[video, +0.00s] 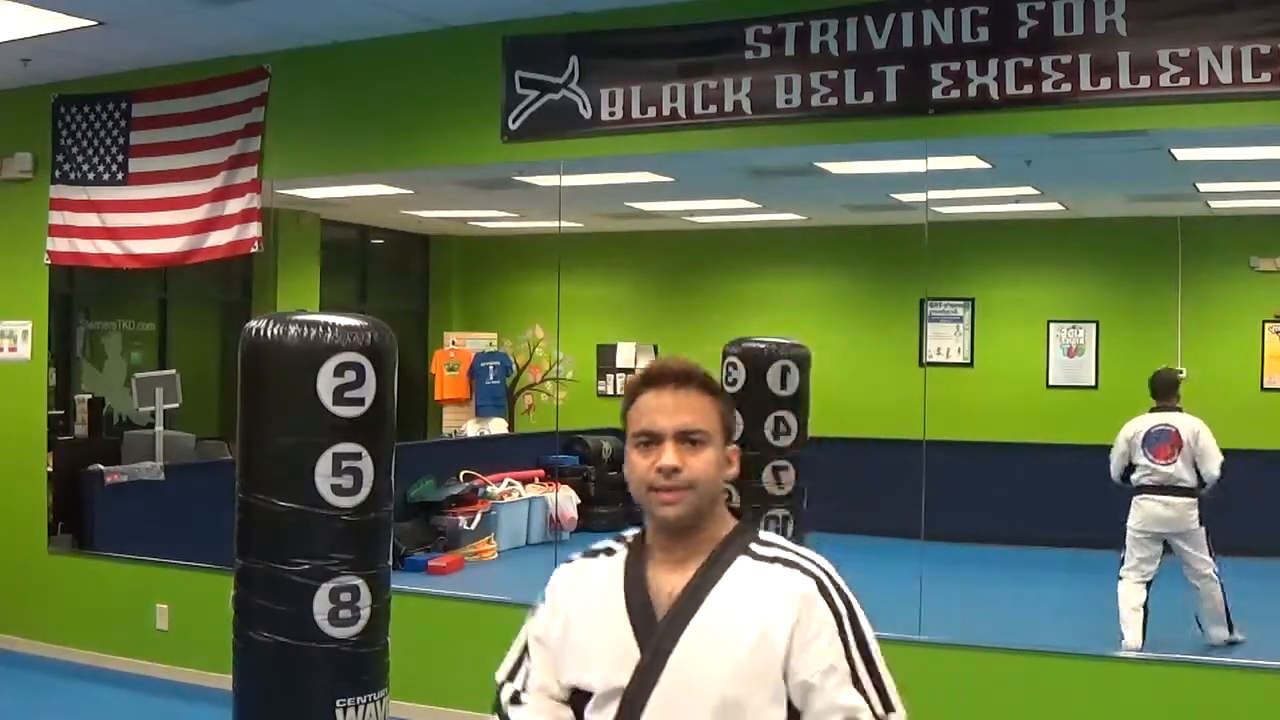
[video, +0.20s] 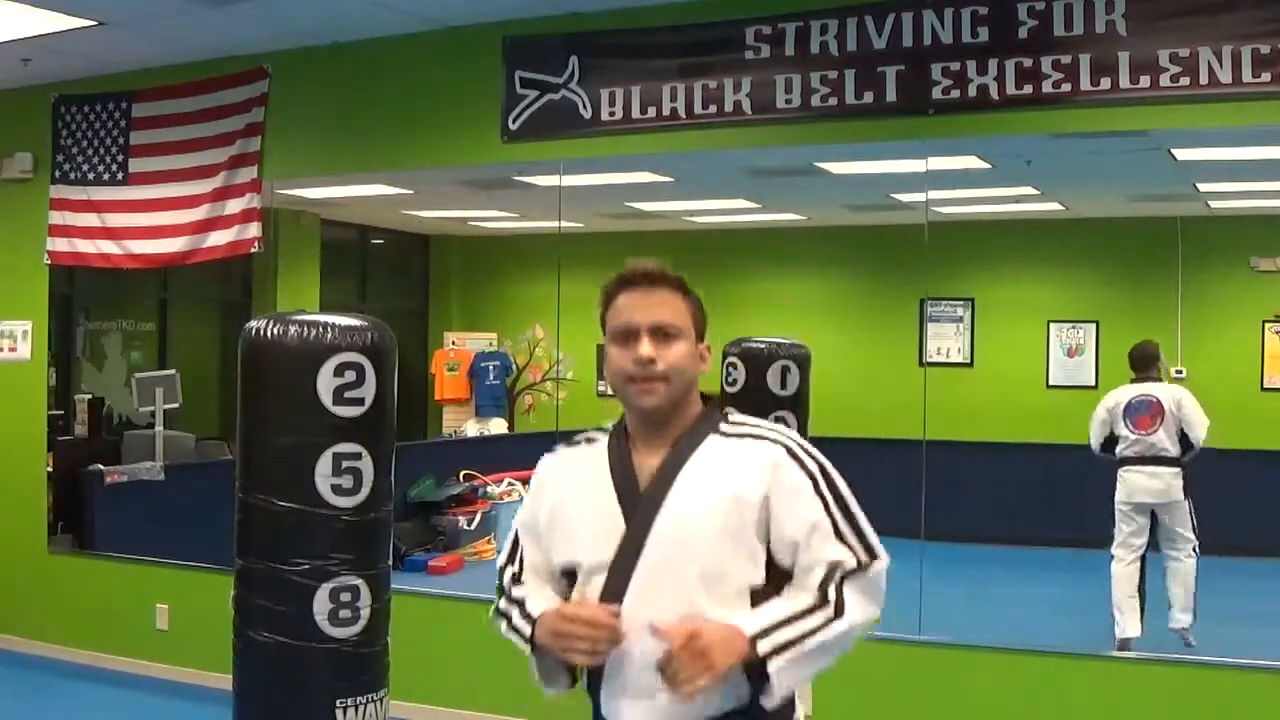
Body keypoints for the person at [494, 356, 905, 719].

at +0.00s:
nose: (667, 461)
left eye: (690, 441)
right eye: (647, 442)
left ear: (731, 461)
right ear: (626, 462)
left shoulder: (802, 589)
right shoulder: (575, 585)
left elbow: (867, 716)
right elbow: (526, 703)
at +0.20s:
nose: (644, 353)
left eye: (665, 336)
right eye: (626, 338)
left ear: (701, 356)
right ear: (605, 358)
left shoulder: (772, 459)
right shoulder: (562, 473)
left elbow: (852, 581)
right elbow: (515, 586)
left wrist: (747, 640)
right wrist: (541, 625)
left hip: (740, 709)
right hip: (614, 709)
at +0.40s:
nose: (644, 402)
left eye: (664, 387)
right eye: (628, 387)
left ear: (700, 410)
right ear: (608, 403)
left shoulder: (762, 514)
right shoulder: (564, 524)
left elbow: (834, 644)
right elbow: (530, 635)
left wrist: (737, 661)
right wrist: (548, 680)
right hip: (589, 716)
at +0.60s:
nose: (663, 370)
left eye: (684, 355)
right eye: (648, 354)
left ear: (720, 378)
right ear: (630, 372)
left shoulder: (776, 474)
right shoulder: (583, 481)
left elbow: (840, 597)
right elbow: (555, 585)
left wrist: (734, 647)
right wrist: (571, 631)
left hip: (732, 710)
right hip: (618, 708)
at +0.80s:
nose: (696, 366)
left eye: (718, 352)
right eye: (681, 349)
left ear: (749, 375)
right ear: (659, 365)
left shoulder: (801, 474)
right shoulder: (602, 476)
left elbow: (874, 589)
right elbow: (558, 581)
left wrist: (780, 628)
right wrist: (580, 619)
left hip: (759, 707)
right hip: (640, 708)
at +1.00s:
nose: (704, 400)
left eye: (724, 387)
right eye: (688, 384)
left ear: (752, 408)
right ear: (666, 401)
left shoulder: (804, 511)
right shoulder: (611, 505)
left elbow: (851, 631)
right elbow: (569, 611)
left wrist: (783, 660)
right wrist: (592, 649)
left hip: (750, 713)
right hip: (631, 710)